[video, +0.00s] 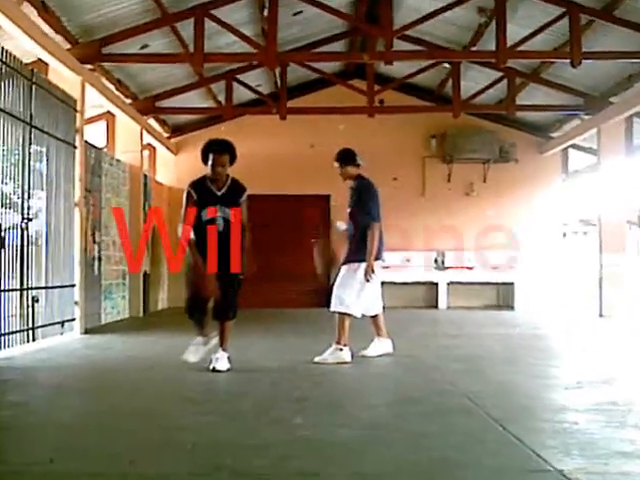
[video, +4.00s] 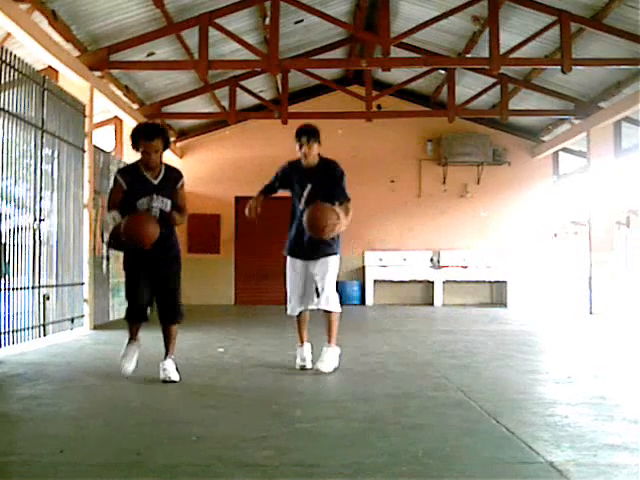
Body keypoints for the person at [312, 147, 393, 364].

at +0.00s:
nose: (339, 173)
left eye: (340, 169)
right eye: (338, 169)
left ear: (347, 167)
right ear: (352, 166)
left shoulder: (365, 188)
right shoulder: (356, 188)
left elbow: (375, 225)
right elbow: (361, 223)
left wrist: (370, 260)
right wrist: (346, 228)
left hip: (361, 257)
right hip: (359, 256)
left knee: (342, 297)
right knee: (371, 299)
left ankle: (341, 346)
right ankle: (382, 339)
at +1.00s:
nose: (341, 172)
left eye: (342, 166)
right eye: (340, 167)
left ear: (351, 164)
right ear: (352, 164)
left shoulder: (367, 185)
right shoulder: (358, 186)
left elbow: (376, 224)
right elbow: (361, 224)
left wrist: (373, 260)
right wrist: (345, 228)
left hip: (364, 259)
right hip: (361, 258)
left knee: (342, 300)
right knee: (373, 302)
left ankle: (342, 351)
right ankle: (385, 343)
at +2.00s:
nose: (380, 176)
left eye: (383, 171)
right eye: (376, 172)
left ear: (389, 171)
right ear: (372, 173)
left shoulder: (401, 190)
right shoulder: (371, 197)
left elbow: (421, 203)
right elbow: (359, 219)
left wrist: (436, 194)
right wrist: (339, 226)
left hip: (393, 254)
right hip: (375, 254)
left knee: (380, 296)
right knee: (368, 297)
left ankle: (412, 335)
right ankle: (379, 338)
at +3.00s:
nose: (424, 223)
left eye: (428, 220)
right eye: (421, 219)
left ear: (434, 217)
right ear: (415, 214)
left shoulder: (442, 227)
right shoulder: (405, 225)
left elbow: (455, 249)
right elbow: (389, 241)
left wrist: (466, 267)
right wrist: (379, 250)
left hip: (442, 273)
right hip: (412, 276)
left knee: (465, 307)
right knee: (399, 312)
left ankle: (481, 348)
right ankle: (387, 346)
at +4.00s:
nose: (305, 150)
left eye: (309, 145)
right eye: (301, 145)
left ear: (318, 145)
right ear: (296, 147)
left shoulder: (331, 169)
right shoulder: (291, 169)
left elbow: (345, 201)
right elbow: (270, 187)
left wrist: (344, 220)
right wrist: (257, 198)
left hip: (325, 247)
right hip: (297, 246)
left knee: (328, 297)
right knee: (299, 300)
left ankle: (332, 348)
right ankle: (303, 347)